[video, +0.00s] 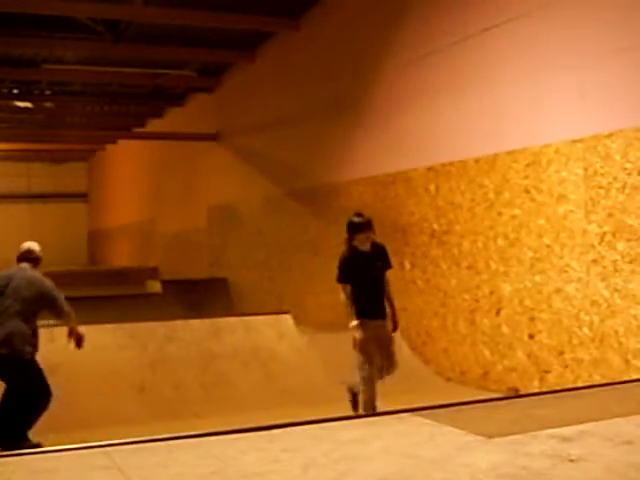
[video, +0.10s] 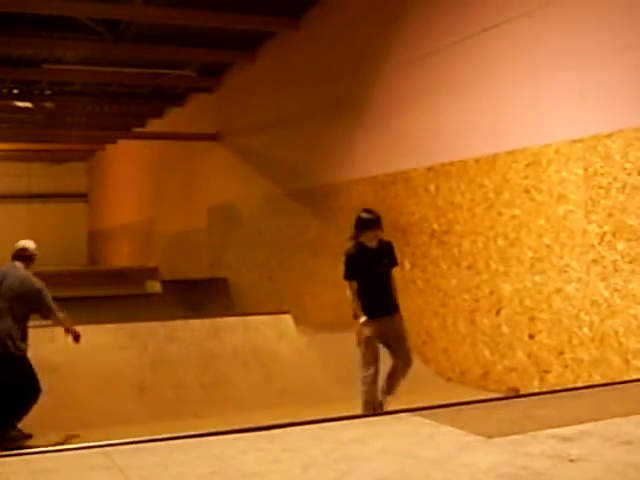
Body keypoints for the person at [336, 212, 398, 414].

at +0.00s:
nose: (366, 237)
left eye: (368, 232)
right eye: (361, 233)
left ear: (372, 232)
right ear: (353, 235)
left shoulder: (380, 251)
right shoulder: (347, 257)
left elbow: (385, 284)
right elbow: (345, 291)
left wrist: (393, 313)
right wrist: (353, 321)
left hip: (381, 319)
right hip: (362, 321)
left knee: (388, 364)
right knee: (368, 368)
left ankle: (357, 388)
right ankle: (369, 409)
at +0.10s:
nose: (373, 235)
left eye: (375, 229)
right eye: (368, 230)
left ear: (379, 229)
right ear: (360, 231)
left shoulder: (386, 248)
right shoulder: (353, 253)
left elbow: (391, 277)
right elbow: (351, 286)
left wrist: (396, 308)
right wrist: (359, 315)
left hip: (390, 315)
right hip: (368, 318)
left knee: (403, 360)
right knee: (370, 367)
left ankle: (385, 392)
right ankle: (370, 408)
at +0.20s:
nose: (383, 235)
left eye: (386, 230)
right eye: (379, 230)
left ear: (389, 230)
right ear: (369, 231)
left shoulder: (395, 249)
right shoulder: (361, 254)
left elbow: (398, 277)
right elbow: (356, 287)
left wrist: (403, 308)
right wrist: (368, 316)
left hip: (397, 316)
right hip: (374, 319)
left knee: (411, 363)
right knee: (371, 371)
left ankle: (411, 407)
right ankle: (370, 413)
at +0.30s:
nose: (393, 238)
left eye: (396, 233)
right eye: (389, 233)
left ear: (399, 233)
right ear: (379, 234)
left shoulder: (406, 253)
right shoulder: (371, 257)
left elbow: (410, 285)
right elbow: (362, 291)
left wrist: (414, 317)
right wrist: (376, 320)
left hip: (405, 321)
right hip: (380, 323)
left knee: (417, 372)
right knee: (372, 375)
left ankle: (430, 409)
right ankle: (369, 415)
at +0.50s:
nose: (419, 236)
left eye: (421, 231)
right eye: (415, 231)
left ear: (424, 231)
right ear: (405, 231)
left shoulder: (429, 254)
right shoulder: (394, 256)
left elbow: (434, 287)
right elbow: (387, 291)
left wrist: (441, 320)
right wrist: (389, 327)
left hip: (432, 324)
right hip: (406, 327)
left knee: (443, 377)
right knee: (392, 380)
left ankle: (441, 420)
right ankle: (370, 418)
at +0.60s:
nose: (432, 233)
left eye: (434, 228)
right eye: (428, 228)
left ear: (437, 228)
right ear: (417, 228)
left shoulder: (442, 251)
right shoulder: (403, 254)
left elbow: (448, 286)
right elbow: (396, 291)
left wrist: (455, 319)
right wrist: (398, 326)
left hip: (442, 322)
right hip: (417, 324)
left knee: (448, 376)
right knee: (417, 376)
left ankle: (443, 416)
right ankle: (393, 401)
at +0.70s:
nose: (438, 234)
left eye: (442, 229)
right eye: (434, 228)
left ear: (445, 228)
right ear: (426, 226)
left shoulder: (451, 249)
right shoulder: (413, 251)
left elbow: (458, 284)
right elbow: (403, 286)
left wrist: (470, 317)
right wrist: (407, 322)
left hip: (447, 316)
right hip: (425, 317)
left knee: (451, 372)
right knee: (438, 370)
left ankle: (443, 411)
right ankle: (415, 403)